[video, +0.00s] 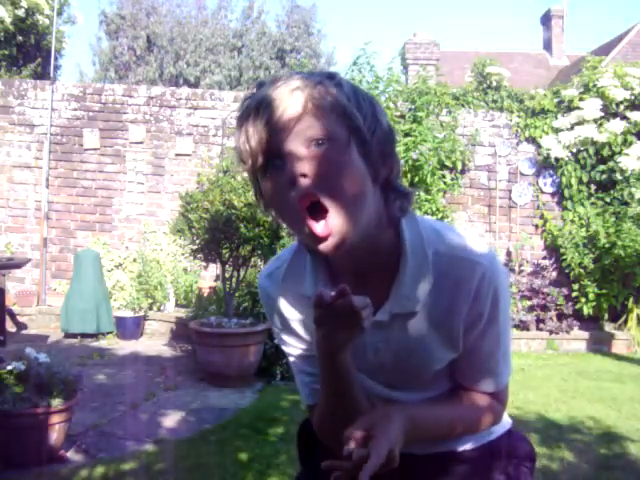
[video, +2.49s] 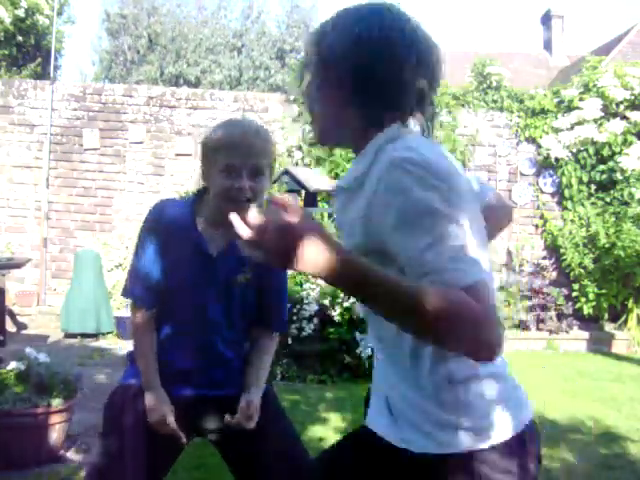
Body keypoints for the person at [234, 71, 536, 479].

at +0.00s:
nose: (297, 173)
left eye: (317, 144)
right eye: (273, 163)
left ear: (379, 159)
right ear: (264, 198)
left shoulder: (472, 273)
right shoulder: (282, 286)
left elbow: (485, 405)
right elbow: (336, 440)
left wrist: (402, 418)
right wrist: (333, 351)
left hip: (468, 454)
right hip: (355, 457)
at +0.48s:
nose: (264, 185)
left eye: (283, 157)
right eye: (256, 167)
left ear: (357, 154)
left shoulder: (467, 269)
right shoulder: (292, 273)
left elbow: (503, 410)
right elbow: (337, 447)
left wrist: (384, 459)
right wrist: (311, 353)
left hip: (483, 460)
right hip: (377, 458)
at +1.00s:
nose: (328, 178)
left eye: (334, 164)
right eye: (332, 164)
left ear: (361, 180)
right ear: (440, 180)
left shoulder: (436, 288)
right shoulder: (398, 267)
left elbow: (554, 436)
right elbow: (358, 398)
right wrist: (326, 267)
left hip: (504, 471)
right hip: (448, 465)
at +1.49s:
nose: (359, 161)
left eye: (365, 146)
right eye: (364, 146)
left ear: (377, 169)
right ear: (467, 168)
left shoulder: (453, 262)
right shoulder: (425, 249)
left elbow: (569, 417)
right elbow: (375, 375)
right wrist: (354, 246)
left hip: (525, 471)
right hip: (480, 465)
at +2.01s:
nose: (389, 150)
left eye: (414, 141)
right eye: (375, 136)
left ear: (447, 178)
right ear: (351, 158)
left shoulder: (466, 272)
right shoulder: (379, 253)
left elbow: (569, 421)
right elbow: (353, 389)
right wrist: (326, 283)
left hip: (526, 472)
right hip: (455, 464)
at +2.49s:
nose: (306, 93)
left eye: (316, 77)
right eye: (310, 77)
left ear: (352, 81)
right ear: (399, 85)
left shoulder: (404, 170)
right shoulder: (408, 157)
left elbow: (480, 334)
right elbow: (497, 212)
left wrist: (329, 260)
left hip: (466, 451)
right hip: (402, 431)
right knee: (303, 475)